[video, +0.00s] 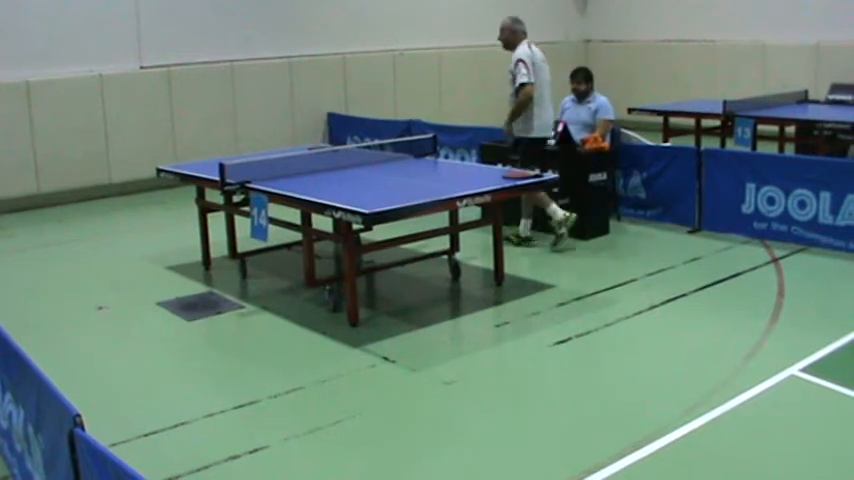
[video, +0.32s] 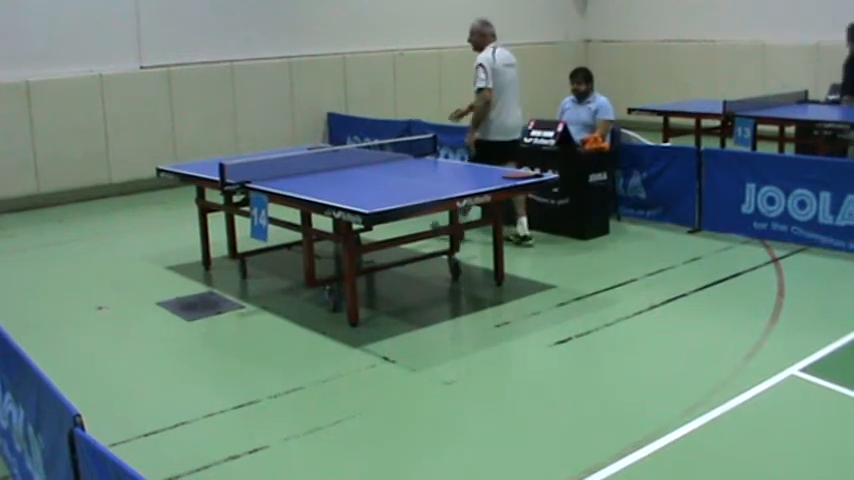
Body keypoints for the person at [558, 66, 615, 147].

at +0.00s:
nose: (574, 87)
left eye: (579, 84)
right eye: (573, 83)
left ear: (589, 85)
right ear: (570, 84)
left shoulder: (601, 103)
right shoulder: (566, 103)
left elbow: (601, 134)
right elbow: (561, 126)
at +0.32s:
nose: (575, 87)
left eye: (579, 84)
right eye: (573, 84)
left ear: (589, 85)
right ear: (570, 85)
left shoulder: (601, 103)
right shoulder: (566, 103)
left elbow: (601, 135)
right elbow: (560, 126)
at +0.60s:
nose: (579, 86)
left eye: (584, 82)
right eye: (576, 83)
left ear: (591, 84)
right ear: (572, 85)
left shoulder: (602, 103)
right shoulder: (566, 103)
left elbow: (601, 135)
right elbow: (560, 128)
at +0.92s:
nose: (580, 87)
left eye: (584, 84)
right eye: (577, 84)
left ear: (591, 85)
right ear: (572, 86)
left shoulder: (602, 103)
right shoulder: (566, 103)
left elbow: (601, 135)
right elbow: (560, 128)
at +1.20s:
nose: (581, 87)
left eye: (585, 84)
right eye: (577, 84)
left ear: (591, 85)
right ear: (572, 86)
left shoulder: (602, 104)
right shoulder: (566, 103)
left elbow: (601, 135)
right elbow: (560, 128)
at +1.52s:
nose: (582, 88)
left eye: (586, 84)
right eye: (578, 84)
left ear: (592, 85)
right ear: (573, 86)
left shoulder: (602, 103)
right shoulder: (566, 103)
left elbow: (601, 135)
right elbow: (560, 127)